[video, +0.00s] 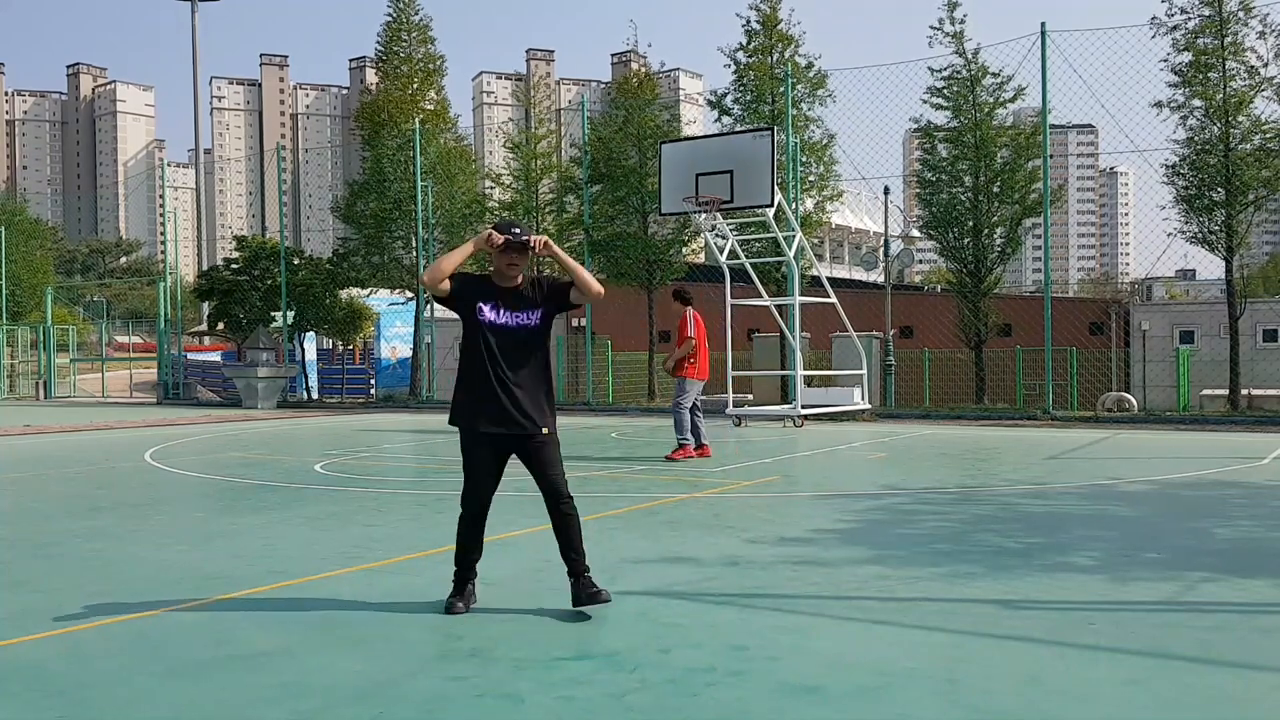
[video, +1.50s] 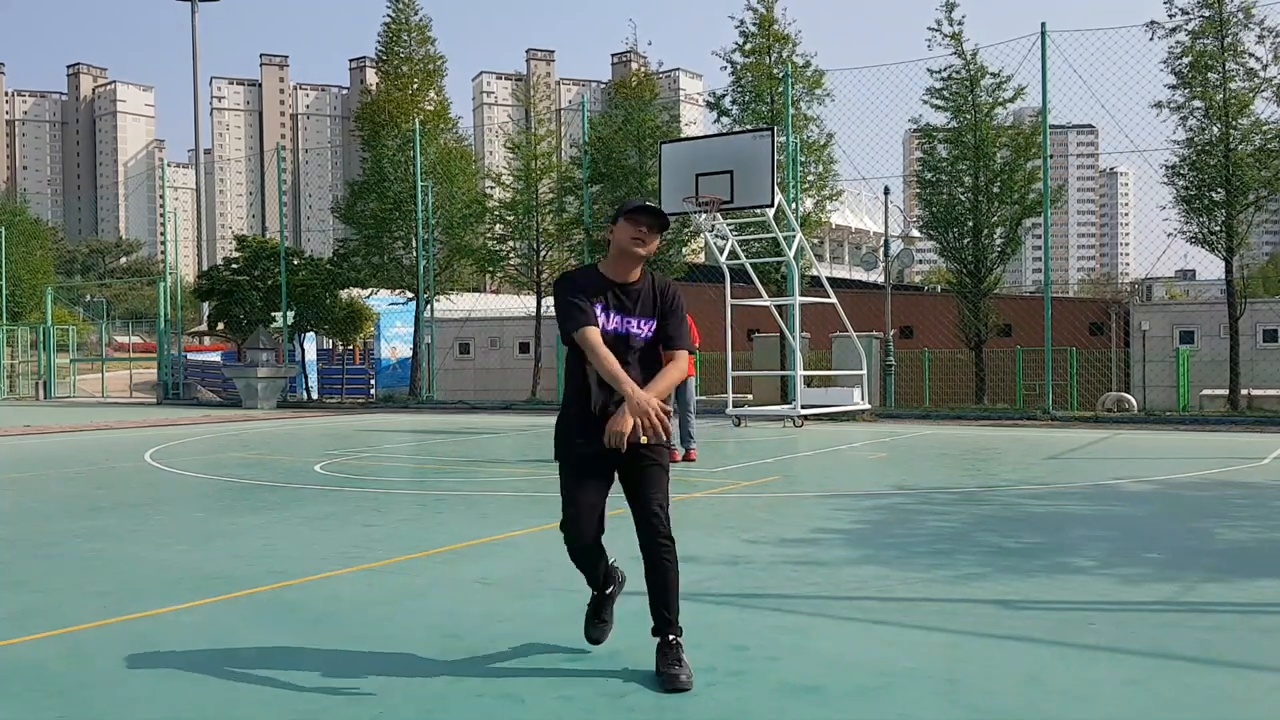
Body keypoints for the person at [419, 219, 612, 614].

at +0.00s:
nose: (513, 263)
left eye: (520, 256)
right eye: (506, 256)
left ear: (530, 259)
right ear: (491, 258)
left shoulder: (544, 292)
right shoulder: (472, 289)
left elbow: (595, 292)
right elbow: (431, 279)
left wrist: (553, 250)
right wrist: (476, 242)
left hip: (534, 418)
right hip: (482, 419)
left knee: (560, 496)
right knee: (474, 505)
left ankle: (581, 579)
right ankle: (463, 586)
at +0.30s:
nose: (586, 262)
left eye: (591, 256)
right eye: (577, 256)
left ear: (595, 261)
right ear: (556, 259)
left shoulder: (595, 304)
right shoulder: (533, 301)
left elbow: (629, 348)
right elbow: (535, 357)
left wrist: (618, 310)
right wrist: (563, 308)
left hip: (587, 425)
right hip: (539, 427)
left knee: (611, 501)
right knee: (521, 506)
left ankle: (605, 588)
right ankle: (477, 581)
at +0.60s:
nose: (587, 242)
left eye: (596, 237)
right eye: (581, 236)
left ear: (610, 246)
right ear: (569, 244)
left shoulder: (631, 290)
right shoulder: (549, 295)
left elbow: (652, 350)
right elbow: (543, 364)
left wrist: (593, 368)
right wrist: (579, 408)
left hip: (620, 409)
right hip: (567, 409)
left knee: (617, 502)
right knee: (576, 497)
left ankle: (612, 588)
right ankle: (583, 587)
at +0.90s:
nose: (566, 235)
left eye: (574, 228)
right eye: (557, 233)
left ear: (594, 239)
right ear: (552, 248)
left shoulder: (627, 284)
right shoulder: (546, 304)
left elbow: (635, 353)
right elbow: (559, 375)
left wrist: (625, 418)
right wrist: (587, 430)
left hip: (635, 411)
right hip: (584, 417)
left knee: (644, 506)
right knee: (597, 515)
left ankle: (625, 576)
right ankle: (600, 609)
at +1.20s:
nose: (623, 249)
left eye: (628, 241)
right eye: (615, 241)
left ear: (630, 241)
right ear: (589, 236)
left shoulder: (639, 291)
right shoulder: (559, 289)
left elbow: (655, 356)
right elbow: (583, 346)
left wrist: (642, 392)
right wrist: (633, 380)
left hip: (640, 417)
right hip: (588, 422)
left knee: (658, 510)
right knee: (599, 514)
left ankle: (657, 617)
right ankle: (601, 608)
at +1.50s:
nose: (646, 235)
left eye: (654, 231)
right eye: (637, 225)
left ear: (658, 244)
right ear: (612, 229)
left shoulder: (665, 294)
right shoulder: (575, 284)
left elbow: (680, 364)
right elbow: (593, 347)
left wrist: (633, 408)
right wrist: (636, 394)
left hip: (646, 431)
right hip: (585, 429)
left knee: (656, 530)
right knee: (578, 536)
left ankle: (669, 642)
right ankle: (605, 582)